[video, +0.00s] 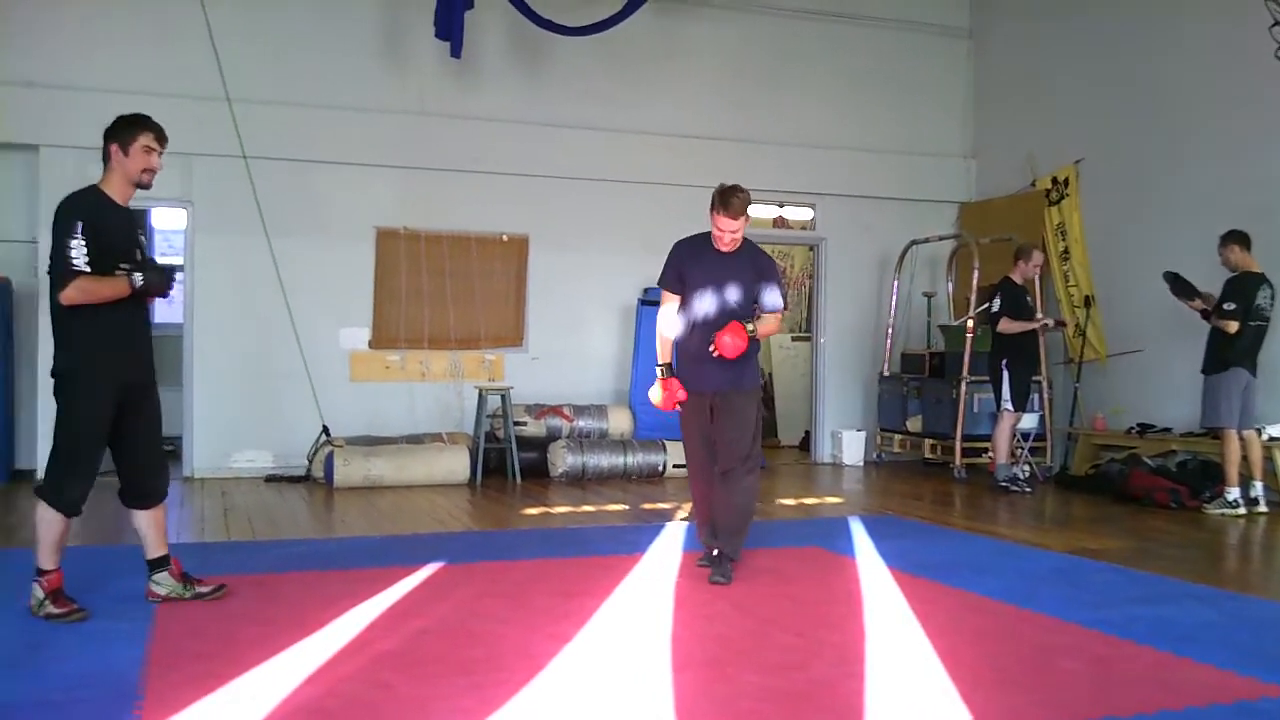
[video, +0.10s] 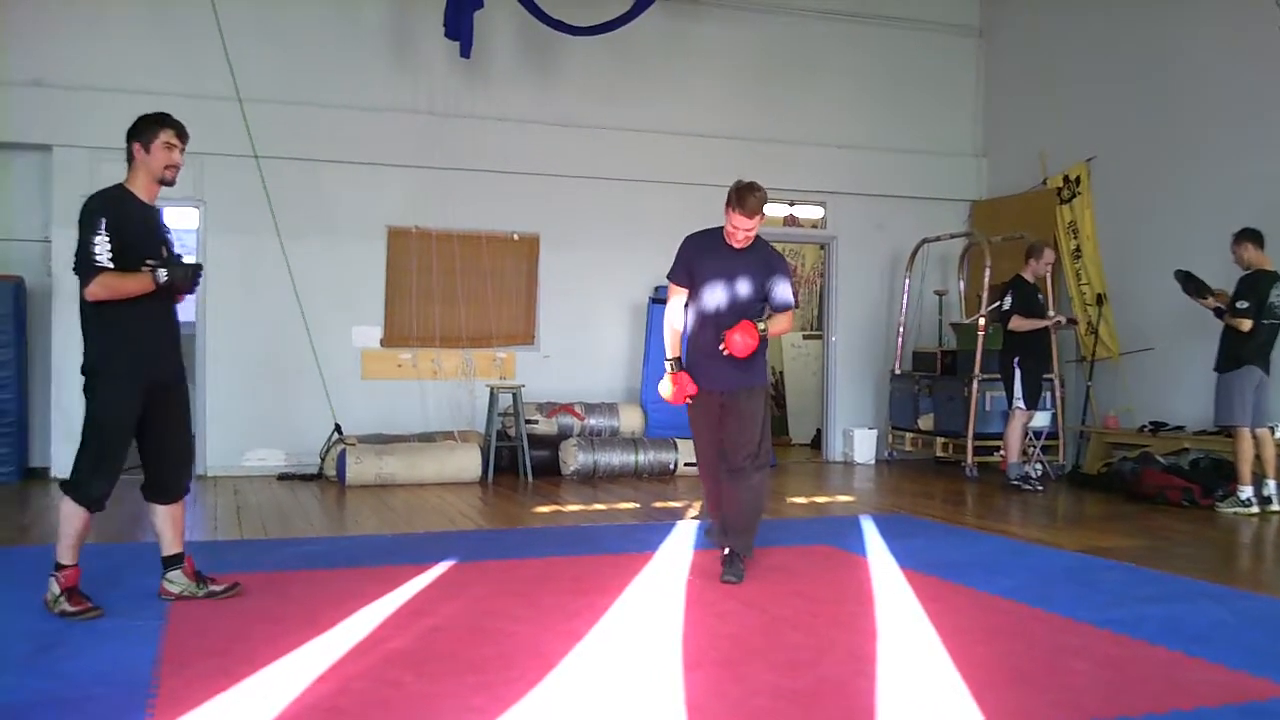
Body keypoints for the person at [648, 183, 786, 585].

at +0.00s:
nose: (725, 238)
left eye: (733, 232)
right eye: (719, 230)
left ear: (746, 222)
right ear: (710, 217)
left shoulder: (761, 264)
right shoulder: (685, 252)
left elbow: (775, 318)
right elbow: (667, 312)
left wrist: (748, 332)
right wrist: (664, 370)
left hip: (738, 385)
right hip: (691, 382)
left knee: (735, 465)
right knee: (700, 464)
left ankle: (726, 552)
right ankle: (711, 544)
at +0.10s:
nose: (741, 236)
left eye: (749, 230)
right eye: (735, 227)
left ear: (761, 220)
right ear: (725, 212)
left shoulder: (770, 261)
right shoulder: (695, 247)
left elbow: (786, 317)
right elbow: (674, 306)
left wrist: (759, 331)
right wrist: (673, 364)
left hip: (747, 383)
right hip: (700, 379)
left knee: (742, 463)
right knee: (710, 462)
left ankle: (736, 550)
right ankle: (725, 533)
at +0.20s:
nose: (738, 231)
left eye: (747, 225)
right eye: (733, 222)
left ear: (761, 216)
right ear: (724, 206)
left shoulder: (771, 260)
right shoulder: (695, 241)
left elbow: (786, 315)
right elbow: (675, 302)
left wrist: (759, 327)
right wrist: (671, 361)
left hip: (745, 381)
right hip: (696, 374)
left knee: (742, 462)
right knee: (693, 452)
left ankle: (737, 549)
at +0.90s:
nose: (635, 157)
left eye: (643, 149)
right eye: (629, 148)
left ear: (659, 144)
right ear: (622, 144)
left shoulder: (682, 193)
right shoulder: (615, 187)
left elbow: (701, 258)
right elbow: (604, 250)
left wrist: (655, 260)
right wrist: (597, 305)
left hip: (667, 321)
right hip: (620, 320)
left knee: (683, 406)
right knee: (617, 406)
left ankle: (705, 488)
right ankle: (616, 487)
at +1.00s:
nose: (625, 157)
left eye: (633, 148)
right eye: (620, 148)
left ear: (650, 143)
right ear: (613, 145)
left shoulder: (675, 194)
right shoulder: (607, 190)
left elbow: (691, 258)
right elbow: (593, 253)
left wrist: (643, 262)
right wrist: (583, 305)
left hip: (659, 318)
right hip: (614, 318)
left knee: (675, 404)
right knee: (614, 404)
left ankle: (703, 487)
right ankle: (618, 489)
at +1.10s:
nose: (621, 155)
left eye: (629, 147)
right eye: (615, 147)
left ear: (644, 144)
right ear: (609, 147)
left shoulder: (671, 193)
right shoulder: (605, 192)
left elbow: (690, 255)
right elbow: (590, 253)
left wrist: (638, 260)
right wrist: (573, 307)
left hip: (658, 317)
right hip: (616, 316)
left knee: (660, 405)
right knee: (616, 404)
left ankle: (700, 467)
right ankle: (624, 491)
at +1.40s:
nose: (644, 151)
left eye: (649, 143)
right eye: (634, 145)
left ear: (657, 147)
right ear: (622, 153)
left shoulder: (687, 194)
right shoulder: (619, 206)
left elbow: (715, 252)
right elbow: (610, 269)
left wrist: (666, 258)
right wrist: (595, 327)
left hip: (684, 318)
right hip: (641, 319)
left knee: (681, 404)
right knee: (640, 405)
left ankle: (681, 459)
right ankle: (650, 495)